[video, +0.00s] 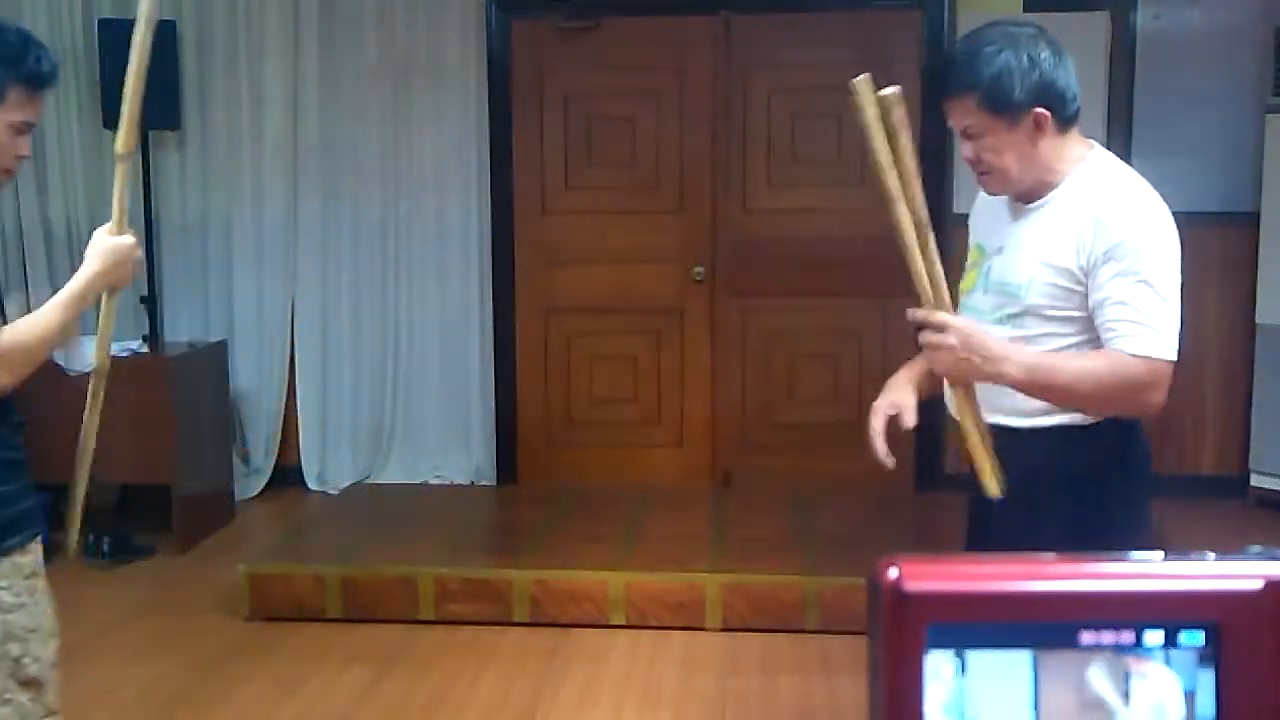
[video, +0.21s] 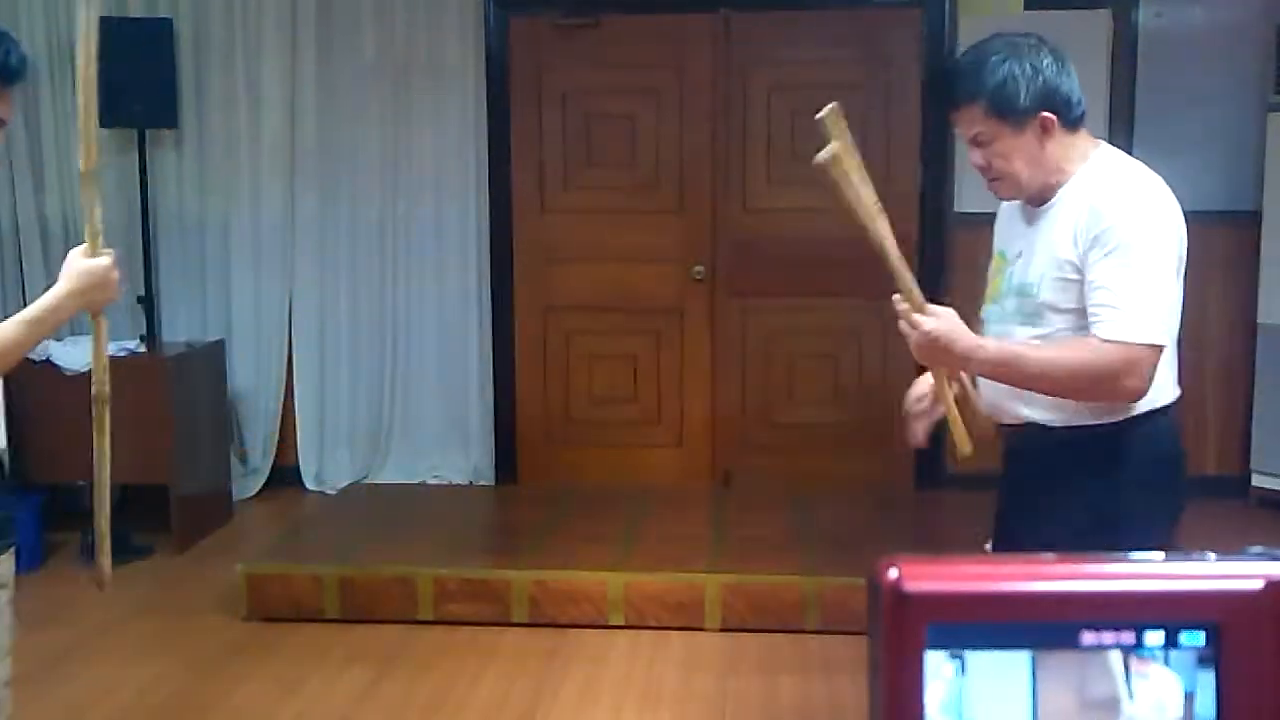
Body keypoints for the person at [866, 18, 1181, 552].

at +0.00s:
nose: (964, 155)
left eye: (974, 136)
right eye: (959, 138)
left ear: (1037, 123)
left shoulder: (1126, 210)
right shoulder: (991, 201)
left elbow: (1144, 384)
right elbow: (984, 325)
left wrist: (1004, 363)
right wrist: (911, 377)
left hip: (1085, 466)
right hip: (999, 464)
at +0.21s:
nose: (974, 163)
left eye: (983, 142)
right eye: (968, 146)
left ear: (1044, 126)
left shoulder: (1130, 202)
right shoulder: (1017, 204)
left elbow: (1126, 372)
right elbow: (1023, 335)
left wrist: (972, 352)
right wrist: (950, 380)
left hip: (1112, 459)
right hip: (1031, 456)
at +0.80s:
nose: (1081, 157)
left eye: (1088, 132)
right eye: (1074, 136)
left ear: (1148, 109)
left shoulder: (1232, 187)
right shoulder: (1116, 188)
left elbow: (1212, 371)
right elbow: (1108, 335)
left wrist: (1063, 399)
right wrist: (1046, 387)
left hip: (1208, 471)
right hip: (1112, 462)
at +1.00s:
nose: (1127, 155)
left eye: (1136, 135)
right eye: (1120, 137)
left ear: (1202, 115)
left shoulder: (1267, 193)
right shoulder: (1146, 198)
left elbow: (1265, 381)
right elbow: (1136, 340)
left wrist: (1109, 398)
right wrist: (1086, 403)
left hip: (1241, 480)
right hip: (1140, 472)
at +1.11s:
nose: (1149, 161)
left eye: (1160, 143)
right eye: (1142, 144)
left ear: (1229, 123)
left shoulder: (1270, 209)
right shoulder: (1162, 195)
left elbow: (1276, 389)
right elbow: (1154, 325)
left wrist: (1128, 400)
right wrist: (1093, 399)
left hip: (1253, 480)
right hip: (1158, 477)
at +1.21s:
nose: (1164, 168)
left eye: (1175, 150)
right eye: (1157, 150)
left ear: (1247, 128)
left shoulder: (1272, 221)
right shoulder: (1177, 206)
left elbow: (1274, 411)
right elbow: (1154, 328)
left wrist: (1162, 439)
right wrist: (1095, 421)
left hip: (1259, 495)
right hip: (1172, 493)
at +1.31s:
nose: (1179, 172)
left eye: (1189, 154)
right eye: (1172, 155)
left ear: (1260, 133)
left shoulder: (1273, 224)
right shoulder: (1185, 204)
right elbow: (1170, 329)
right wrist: (1106, 441)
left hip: (1260, 479)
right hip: (1179, 468)